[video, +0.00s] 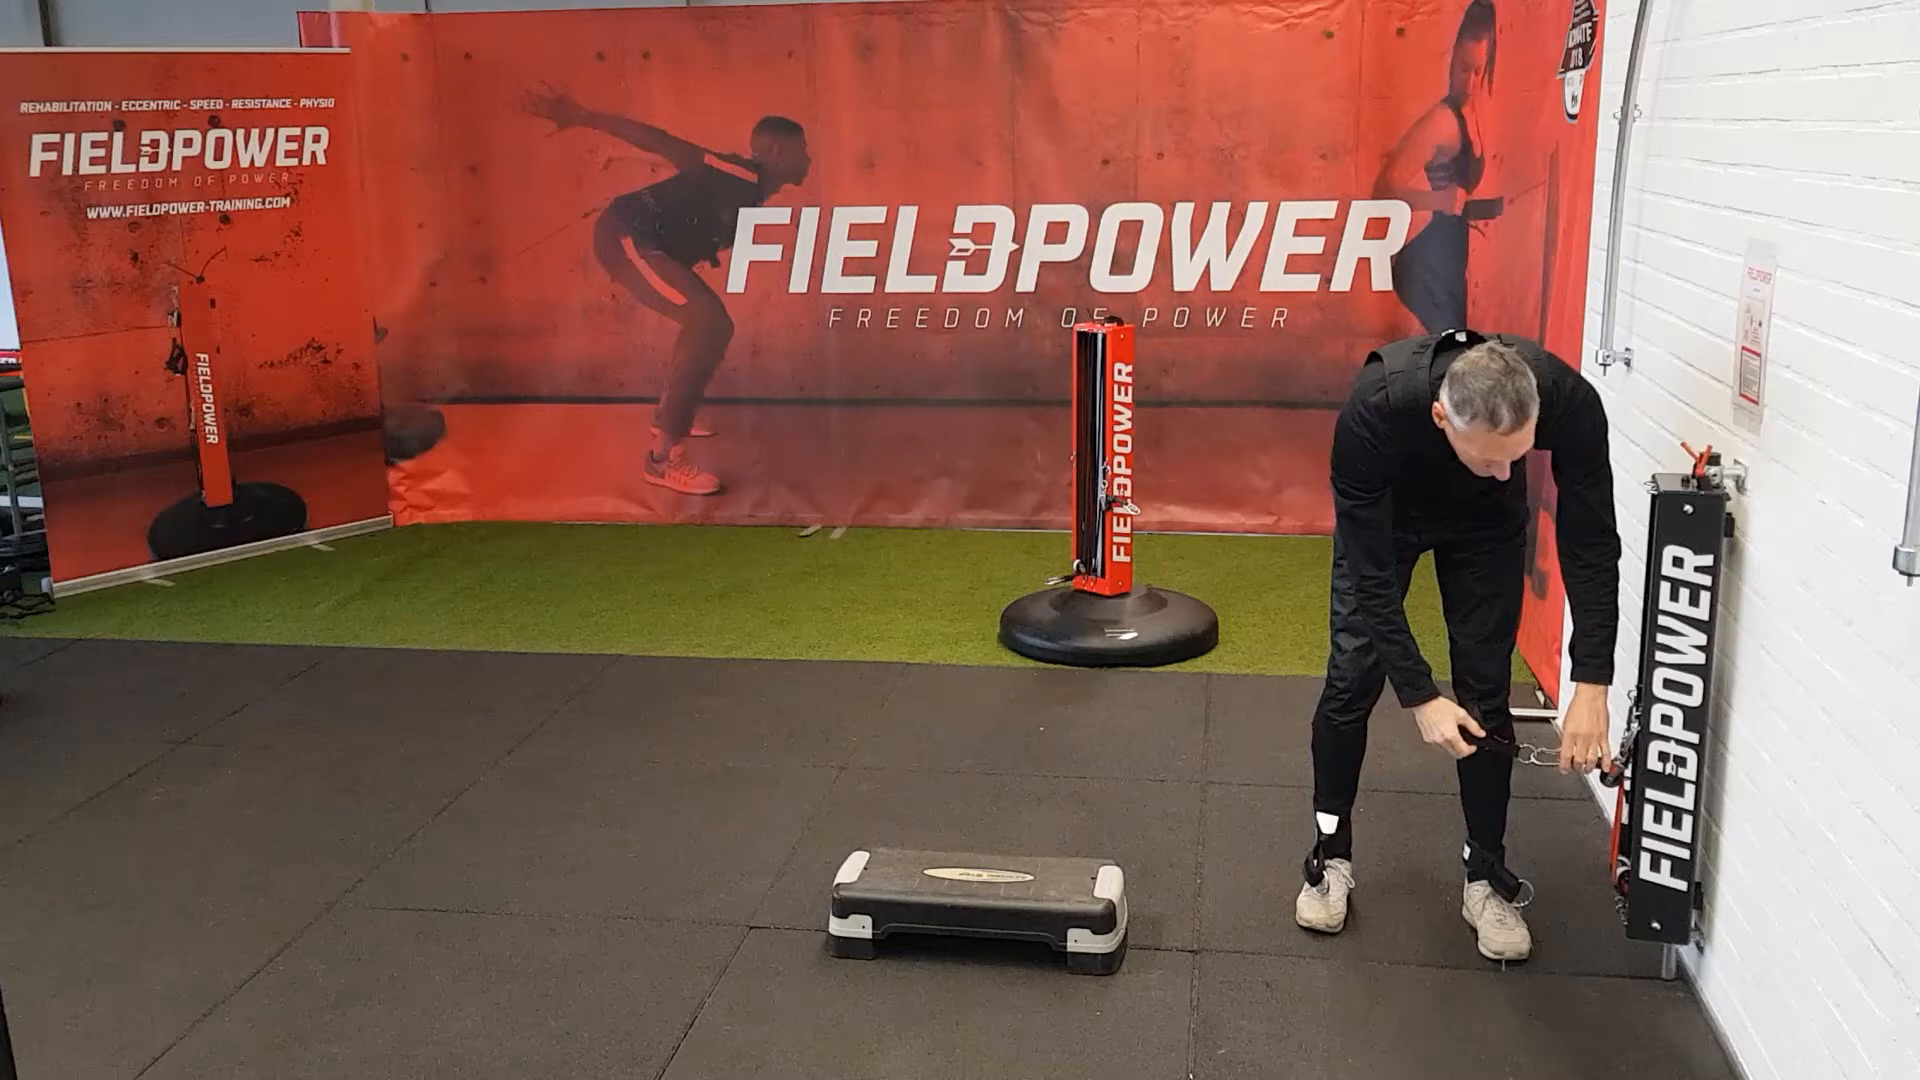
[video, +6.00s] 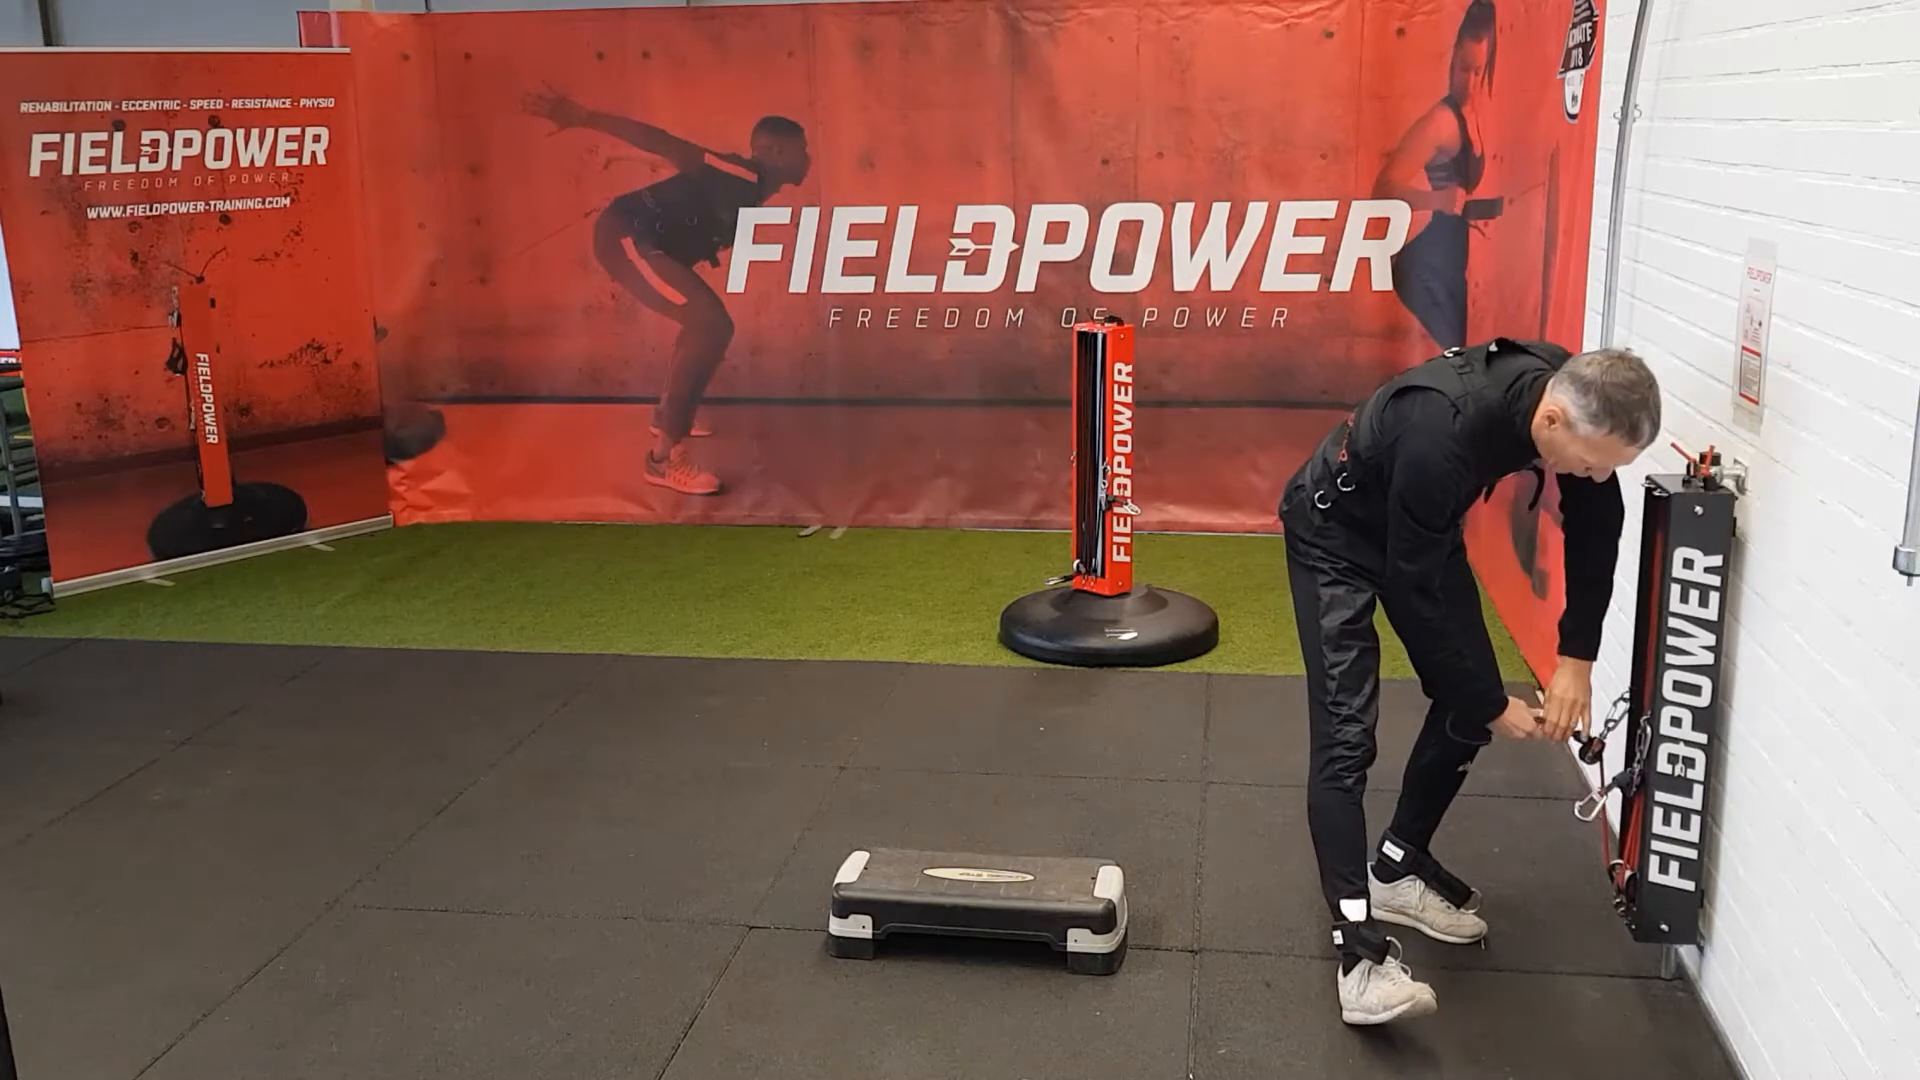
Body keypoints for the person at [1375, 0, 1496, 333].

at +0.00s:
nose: (1472, 81)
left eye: (1480, 72)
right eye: (1465, 70)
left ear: (1489, 73)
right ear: (1450, 68)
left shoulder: (1467, 119)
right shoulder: (1440, 120)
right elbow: (1389, 186)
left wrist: (1471, 210)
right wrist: (1439, 200)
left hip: (1446, 251)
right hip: (1425, 255)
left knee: (1454, 345)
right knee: (1450, 346)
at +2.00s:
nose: (1472, 81)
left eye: (1482, 71)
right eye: (1465, 68)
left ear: (1492, 73)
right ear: (1451, 65)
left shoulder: (1469, 121)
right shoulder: (1440, 120)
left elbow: (1437, 188)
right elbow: (1387, 188)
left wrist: (1470, 211)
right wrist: (1437, 199)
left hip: (1446, 252)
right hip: (1426, 256)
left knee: (1452, 357)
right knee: (1446, 357)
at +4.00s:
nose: (1470, 81)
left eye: (1479, 71)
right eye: (1464, 68)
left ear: (1488, 70)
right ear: (1450, 62)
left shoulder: (1466, 119)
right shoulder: (1440, 120)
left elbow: (1437, 188)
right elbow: (1386, 189)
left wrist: (1471, 210)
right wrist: (1439, 200)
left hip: (1447, 253)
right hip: (1427, 258)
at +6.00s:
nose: (1472, 81)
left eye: (1481, 72)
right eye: (1465, 69)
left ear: (1490, 72)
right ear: (1451, 66)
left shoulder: (1466, 118)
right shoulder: (1441, 121)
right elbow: (1386, 188)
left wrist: (1467, 211)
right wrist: (1440, 200)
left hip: (1446, 257)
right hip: (1424, 260)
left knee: (1454, 354)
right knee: (1451, 354)